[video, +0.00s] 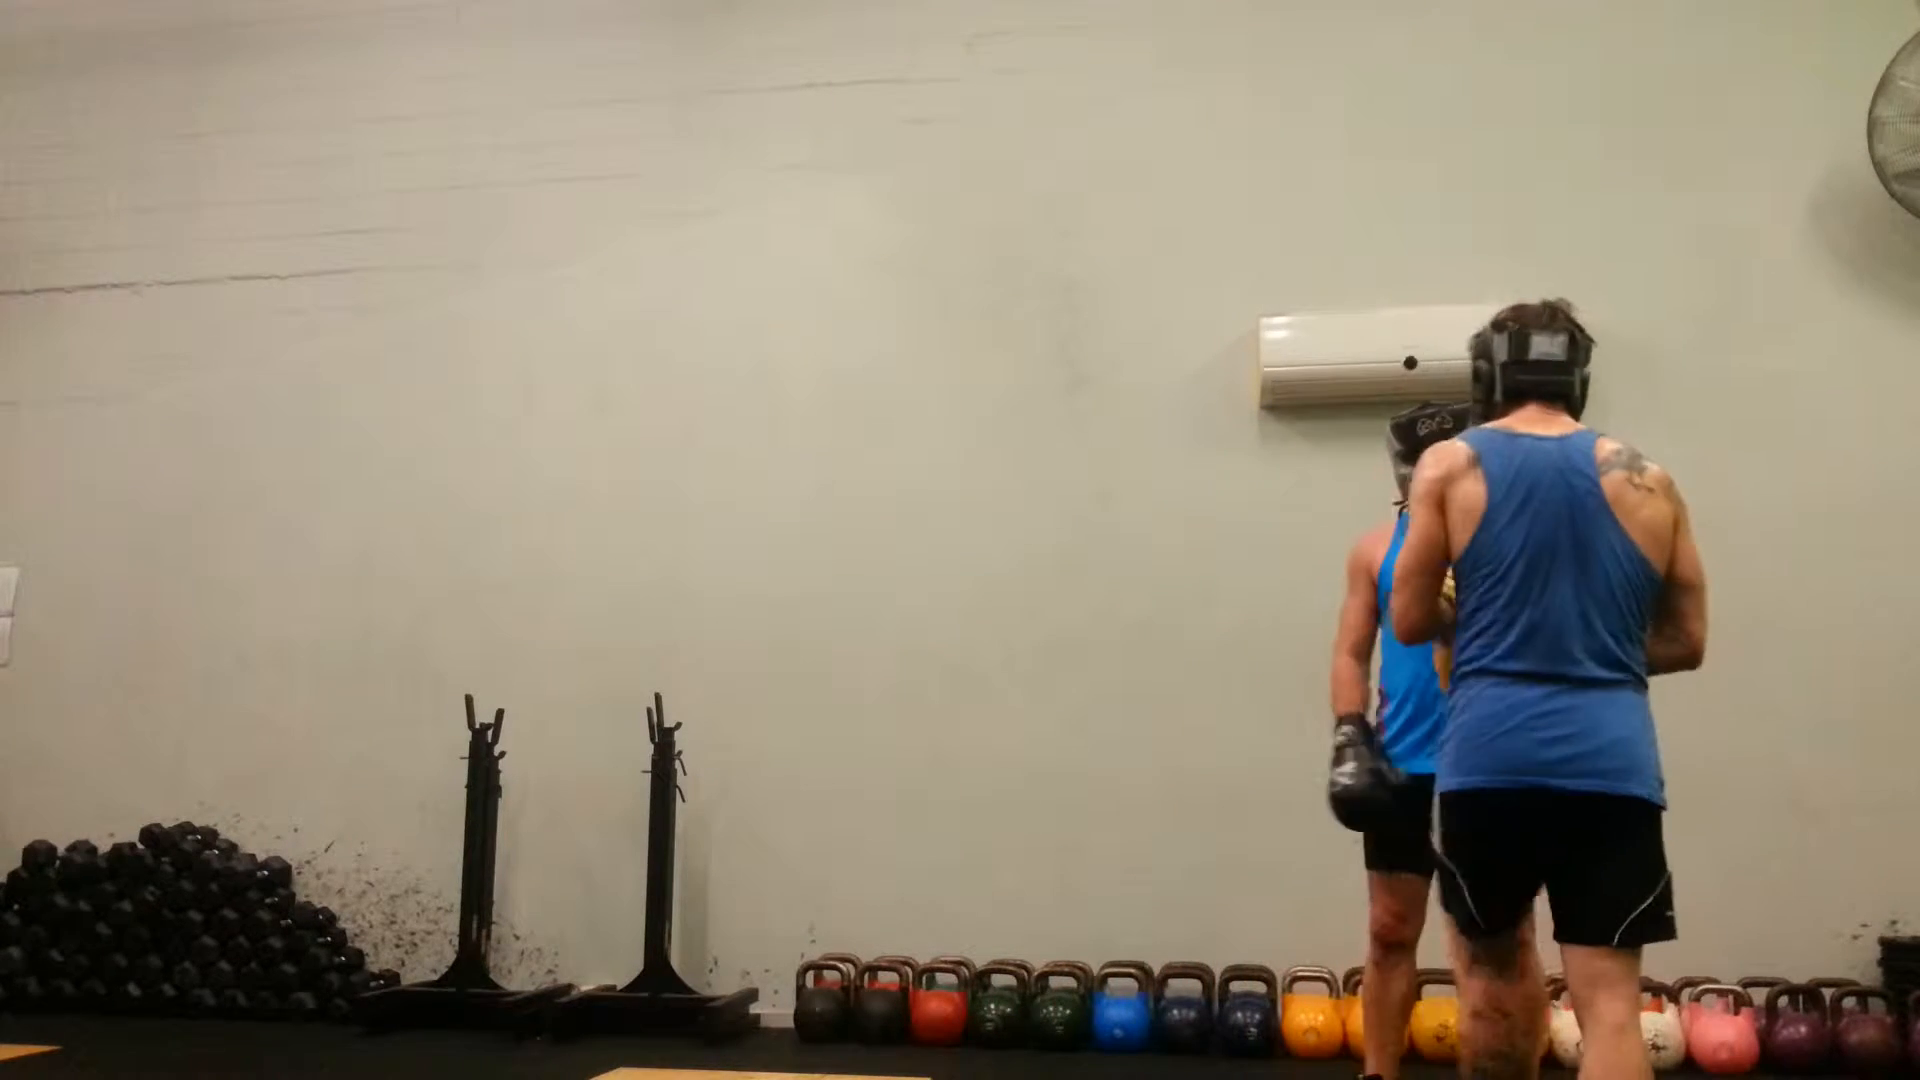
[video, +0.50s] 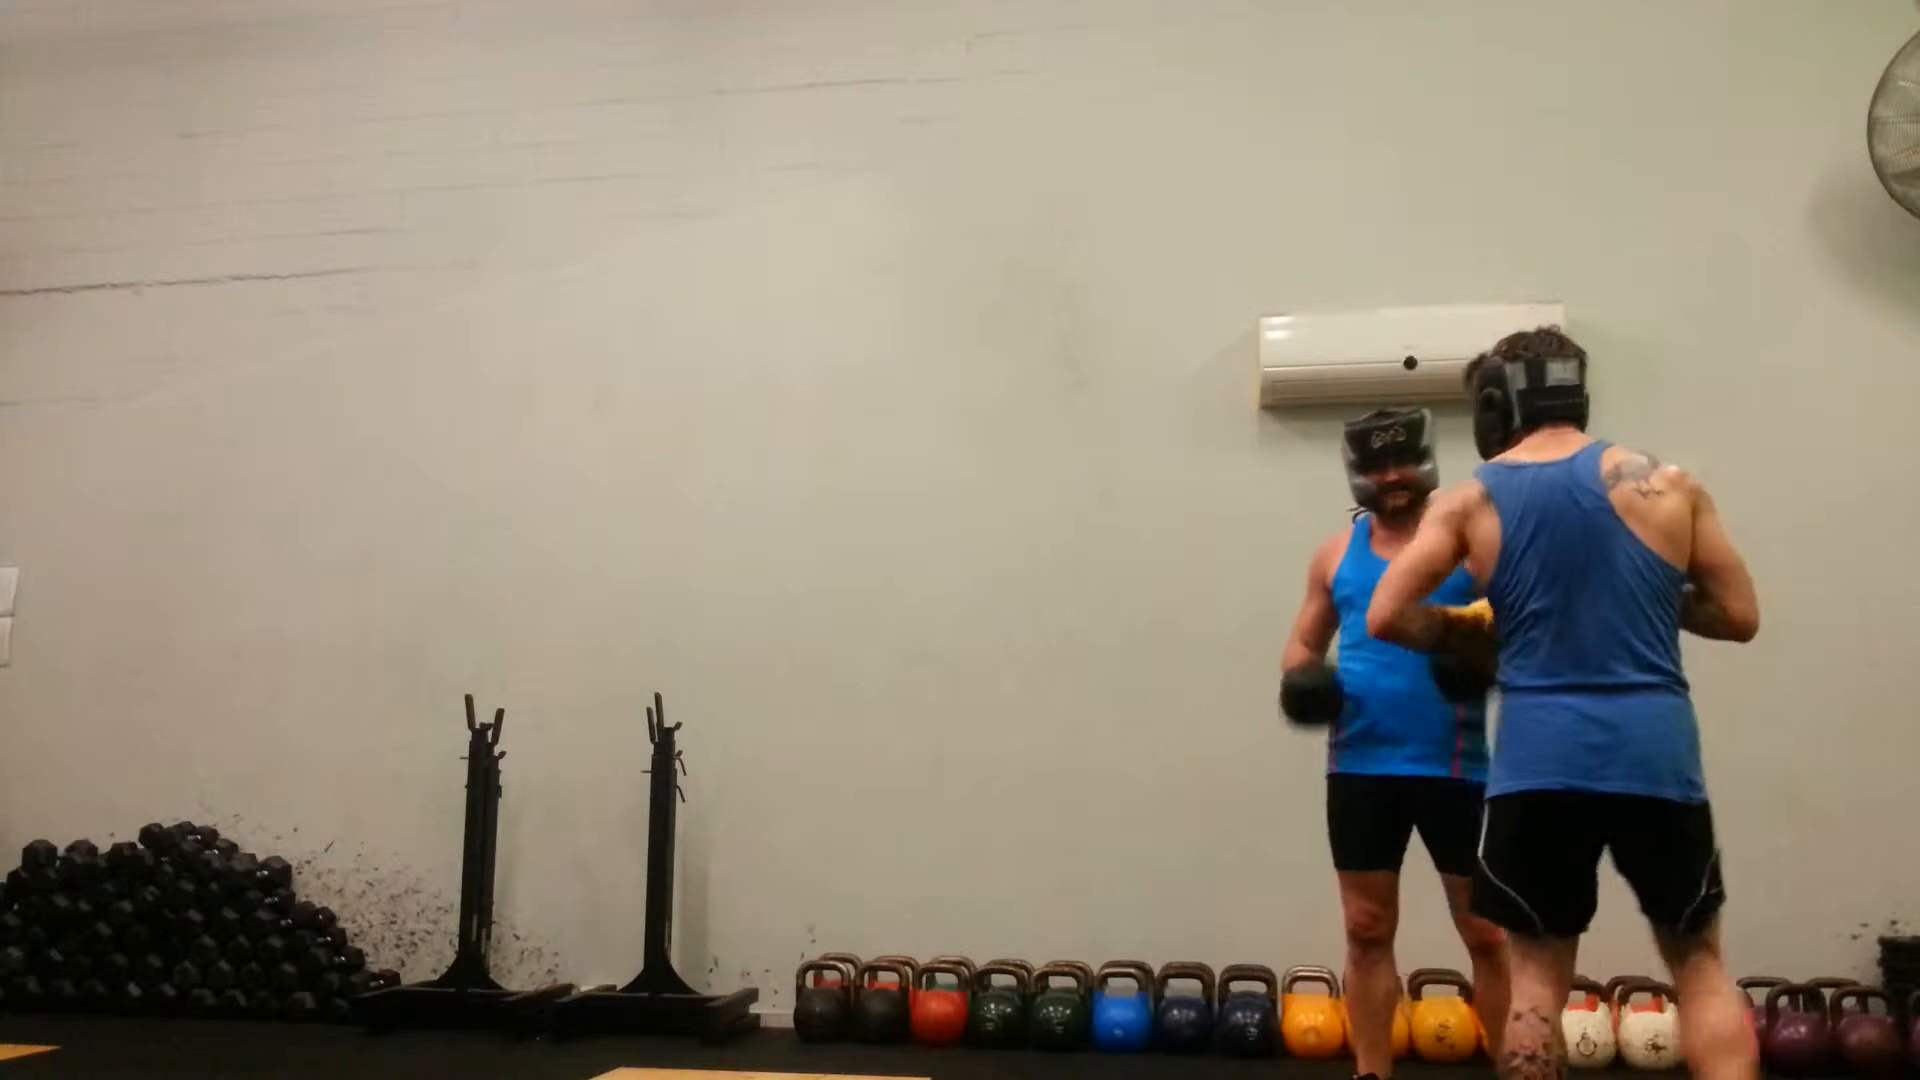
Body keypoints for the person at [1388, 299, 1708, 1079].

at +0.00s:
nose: (1485, 385)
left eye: (1485, 372)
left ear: (1491, 377)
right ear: (1578, 378)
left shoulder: (1449, 465)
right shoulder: (1649, 479)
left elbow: (1410, 620)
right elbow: (1684, 644)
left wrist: (1480, 613)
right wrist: (1580, 641)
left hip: (1486, 767)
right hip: (1612, 767)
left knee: (1492, 994)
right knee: (1610, 1006)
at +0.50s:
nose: (1476, 423)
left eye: (1481, 411)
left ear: (1497, 412)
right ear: (1581, 405)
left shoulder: (1471, 499)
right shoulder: (1668, 483)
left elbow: (1390, 615)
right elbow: (1738, 615)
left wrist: (1471, 631)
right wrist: (1642, 589)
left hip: (1536, 775)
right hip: (1659, 772)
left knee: (1537, 970)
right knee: (1697, 959)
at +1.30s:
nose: (1671, 450)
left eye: (1673, 435)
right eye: (1668, 437)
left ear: (1704, 421)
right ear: (1767, 416)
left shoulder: (1721, 475)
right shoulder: (1847, 509)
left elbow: (1634, 574)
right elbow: (1778, 579)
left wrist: (1600, 524)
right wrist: (1678, 524)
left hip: (1741, 766)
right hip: (1843, 769)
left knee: (1698, 971)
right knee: (1840, 979)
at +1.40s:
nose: (1678, 443)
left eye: (1680, 429)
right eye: (1675, 431)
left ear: (1707, 419)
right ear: (1777, 413)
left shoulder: (1717, 474)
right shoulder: (1856, 505)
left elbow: (1604, 568)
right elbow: (1782, 575)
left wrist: (1589, 510)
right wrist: (1670, 520)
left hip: (1743, 769)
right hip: (1848, 772)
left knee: (1723, 984)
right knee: (1848, 982)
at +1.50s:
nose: (1678, 442)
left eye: (1680, 426)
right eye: (1675, 429)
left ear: (1710, 415)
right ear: (1781, 412)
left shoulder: (1711, 472)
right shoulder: (1859, 504)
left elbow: (1576, 556)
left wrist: (1561, 504)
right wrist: (1695, 524)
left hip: (1742, 769)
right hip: (1850, 772)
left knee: (1725, 977)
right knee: (1848, 976)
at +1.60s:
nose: (1671, 439)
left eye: (1674, 424)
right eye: (1668, 427)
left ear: (1700, 414)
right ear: (1770, 408)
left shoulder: (1701, 472)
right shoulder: (1855, 499)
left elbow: (1564, 558)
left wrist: (1557, 506)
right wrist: (1678, 523)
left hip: (1739, 768)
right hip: (1848, 770)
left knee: (1727, 977)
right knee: (1846, 976)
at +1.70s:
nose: (1657, 438)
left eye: (1659, 424)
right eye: (1654, 427)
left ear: (1684, 414)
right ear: (1757, 408)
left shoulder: (1686, 474)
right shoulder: (1846, 493)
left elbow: (1557, 569)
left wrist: (1543, 520)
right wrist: (1675, 526)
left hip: (1740, 767)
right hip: (1851, 767)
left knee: (1729, 976)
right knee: (1847, 974)